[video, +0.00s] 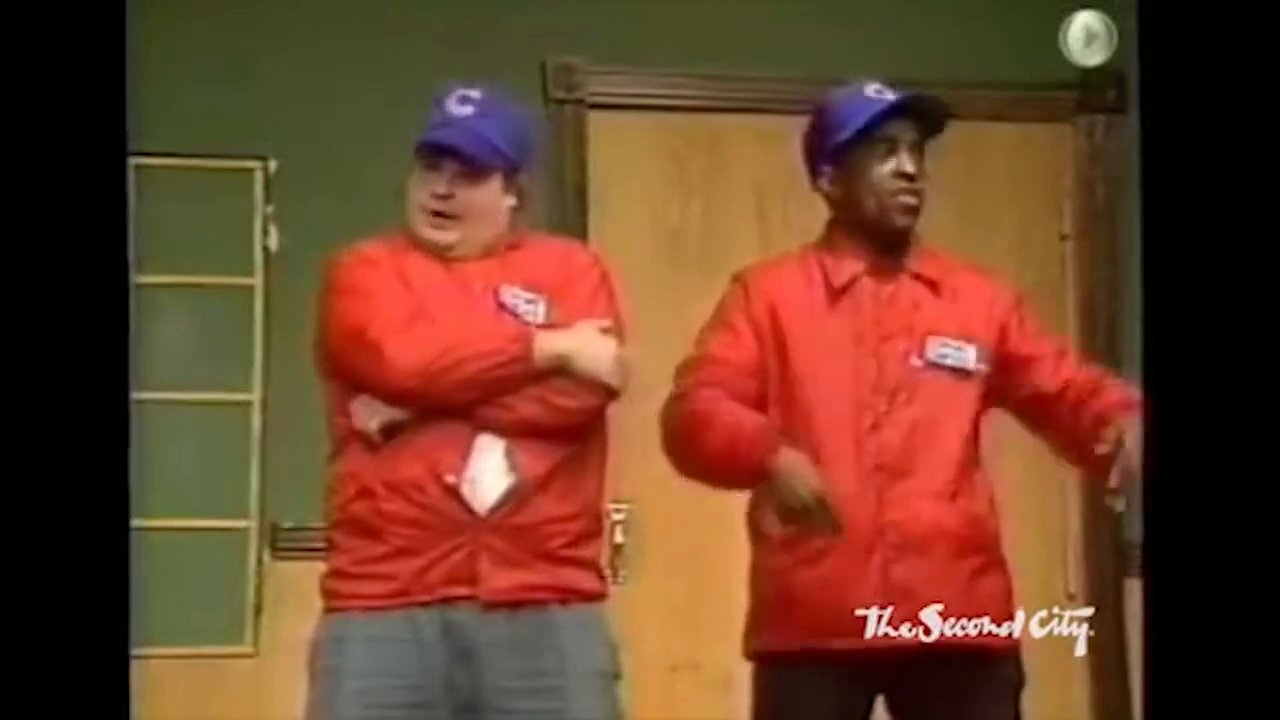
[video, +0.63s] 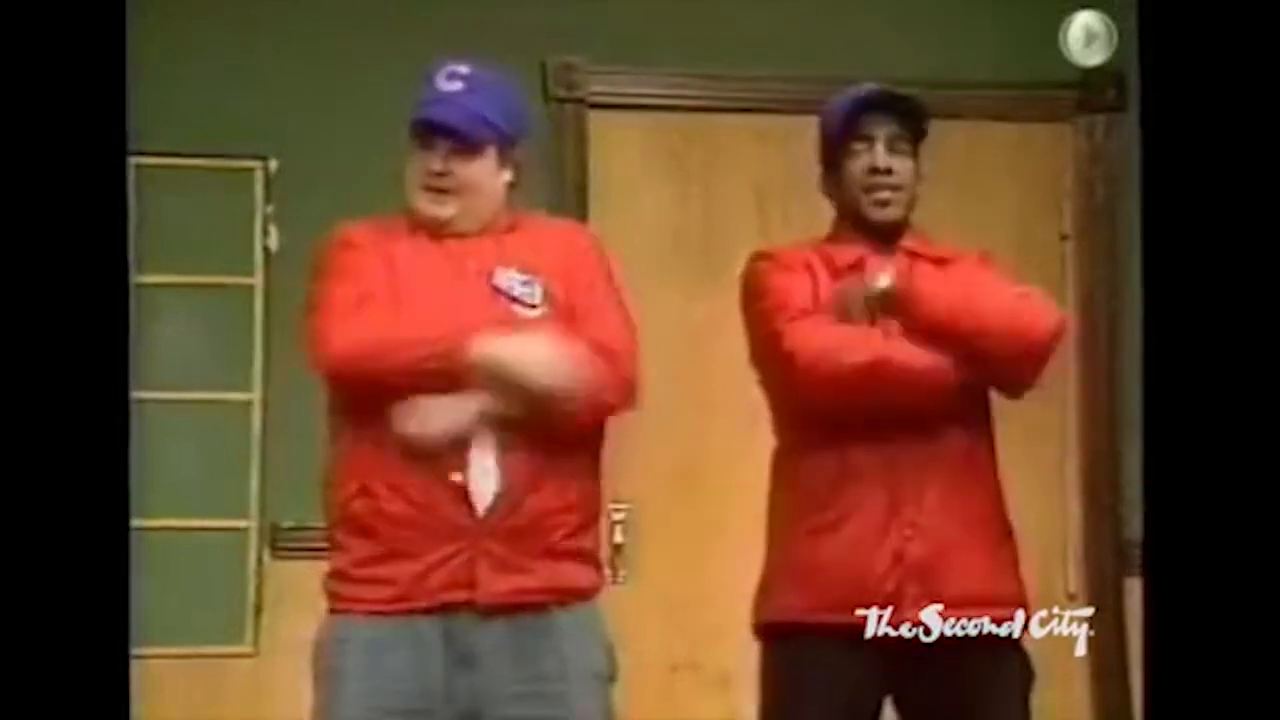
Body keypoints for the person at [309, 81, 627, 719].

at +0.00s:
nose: (441, 190)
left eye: (468, 175)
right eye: (430, 167)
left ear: (513, 194)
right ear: (410, 175)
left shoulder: (571, 268)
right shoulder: (364, 268)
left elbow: (577, 396)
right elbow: (395, 367)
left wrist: (425, 392)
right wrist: (551, 349)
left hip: (545, 609)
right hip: (383, 609)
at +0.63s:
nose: (437, 164)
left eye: (463, 149)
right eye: (425, 144)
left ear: (508, 166)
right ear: (407, 152)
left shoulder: (568, 249)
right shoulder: (362, 247)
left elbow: (611, 377)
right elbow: (341, 352)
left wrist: (480, 401)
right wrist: (485, 348)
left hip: (543, 612)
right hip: (384, 616)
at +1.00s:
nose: (430, 167)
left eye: (454, 149)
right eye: (413, 145)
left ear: (496, 159)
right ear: (390, 151)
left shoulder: (551, 248)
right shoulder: (343, 254)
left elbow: (621, 354)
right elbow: (263, 361)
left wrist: (650, 452)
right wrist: (192, 443)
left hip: (535, 599)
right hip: (379, 602)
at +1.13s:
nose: (408, 165)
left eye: (429, 146)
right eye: (391, 145)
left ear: (471, 155)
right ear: (369, 156)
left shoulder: (545, 265)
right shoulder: (316, 275)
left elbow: (627, 391)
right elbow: (240, 402)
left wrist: (615, 483)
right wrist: (252, 473)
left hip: (529, 624)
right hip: (365, 630)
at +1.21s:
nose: (393, 161)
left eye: (414, 140)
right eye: (375, 142)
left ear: (453, 150)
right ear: (354, 155)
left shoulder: (539, 264)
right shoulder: (302, 280)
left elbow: (598, 395)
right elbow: (252, 414)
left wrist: (558, 491)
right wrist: (316, 492)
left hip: (519, 621)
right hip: (356, 627)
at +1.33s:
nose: (383, 156)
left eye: (404, 135)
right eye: (363, 138)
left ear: (440, 148)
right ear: (338, 154)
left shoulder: (518, 254)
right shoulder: (295, 279)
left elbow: (573, 387)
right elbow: (261, 419)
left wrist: (499, 509)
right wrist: (355, 515)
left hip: (508, 613)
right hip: (346, 619)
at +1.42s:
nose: (373, 153)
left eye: (393, 134)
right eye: (351, 136)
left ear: (425, 148)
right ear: (323, 154)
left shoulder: (503, 252)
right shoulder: (280, 276)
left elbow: (552, 396)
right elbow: (249, 425)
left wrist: (471, 518)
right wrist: (352, 536)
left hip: (499, 611)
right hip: (333, 616)